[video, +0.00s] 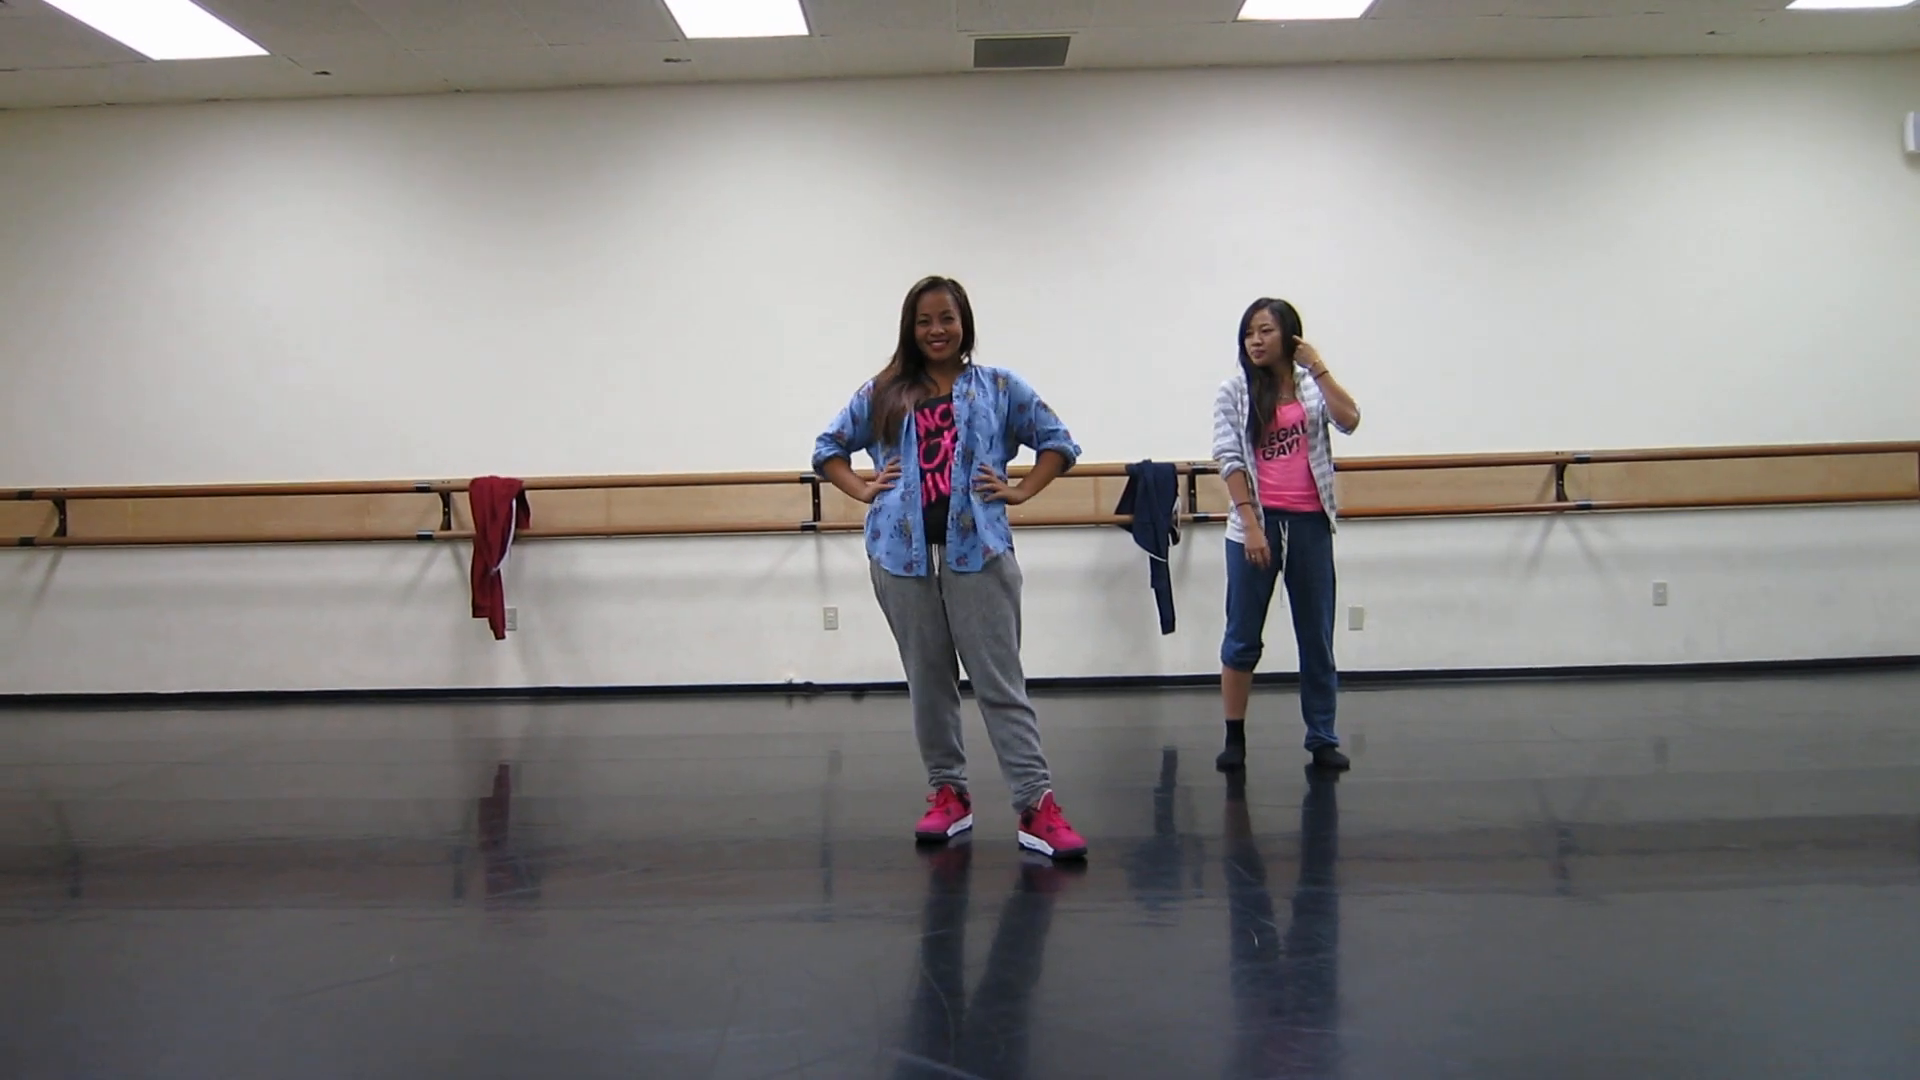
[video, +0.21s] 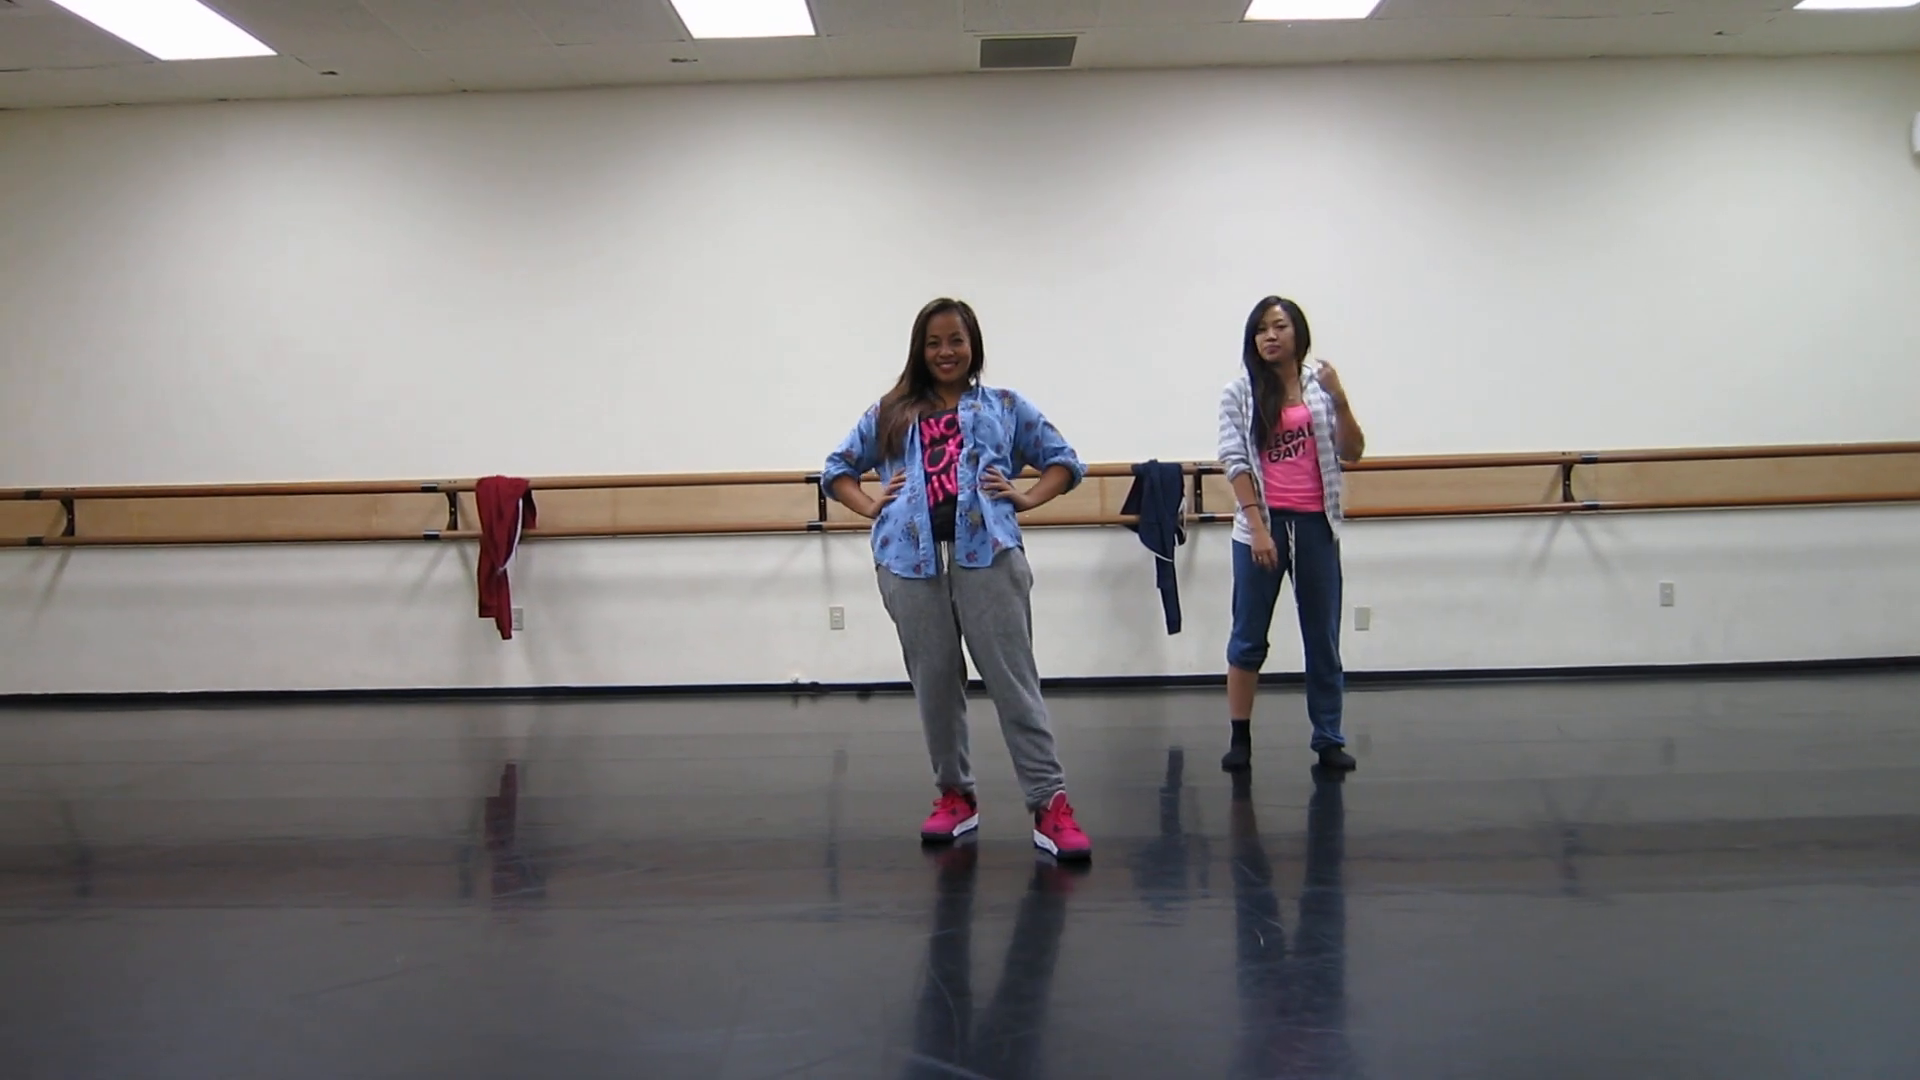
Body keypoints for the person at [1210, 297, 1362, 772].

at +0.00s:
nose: (1256, 340)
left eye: (1266, 331)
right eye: (1249, 333)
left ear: (1290, 338)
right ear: (1243, 341)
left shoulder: (1313, 386)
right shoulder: (1234, 391)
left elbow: (1349, 420)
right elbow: (1229, 460)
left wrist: (1318, 366)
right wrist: (1251, 524)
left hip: (1311, 524)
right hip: (1255, 523)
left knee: (1317, 639)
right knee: (1242, 639)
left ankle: (1323, 741)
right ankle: (1233, 739)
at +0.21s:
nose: (1270, 335)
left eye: (1280, 326)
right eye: (1262, 329)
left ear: (1300, 332)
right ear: (1253, 340)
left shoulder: (1320, 385)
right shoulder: (1239, 392)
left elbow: (1352, 454)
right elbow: (1234, 463)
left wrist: (1339, 398)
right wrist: (1257, 527)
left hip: (1316, 525)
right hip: (1260, 524)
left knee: (1324, 640)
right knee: (1248, 640)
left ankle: (1329, 742)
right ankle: (1239, 738)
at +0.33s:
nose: (1278, 332)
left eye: (1287, 323)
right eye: (1269, 327)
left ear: (1305, 331)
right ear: (1258, 338)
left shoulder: (1331, 388)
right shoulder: (1243, 392)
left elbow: (1349, 466)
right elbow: (1236, 462)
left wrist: (1344, 437)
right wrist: (1255, 526)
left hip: (1322, 524)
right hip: (1267, 523)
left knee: (1328, 638)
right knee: (1252, 638)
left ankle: (1332, 742)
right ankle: (1242, 738)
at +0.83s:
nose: (1315, 335)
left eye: (1324, 325)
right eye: (1305, 327)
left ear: (1340, 331)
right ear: (1293, 337)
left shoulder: (1363, 389)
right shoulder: (1273, 392)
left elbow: (1378, 448)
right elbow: (1262, 463)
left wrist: (1370, 469)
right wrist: (1269, 527)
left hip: (1341, 520)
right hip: (1286, 519)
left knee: (1341, 635)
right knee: (1262, 630)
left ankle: (1339, 737)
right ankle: (1245, 735)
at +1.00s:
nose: (1314, 335)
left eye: (1323, 326)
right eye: (1305, 328)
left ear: (1339, 332)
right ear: (1293, 337)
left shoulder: (1360, 389)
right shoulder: (1272, 391)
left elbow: (1372, 452)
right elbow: (1263, 461)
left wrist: (1367, 480)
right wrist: (1274, 523)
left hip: (1340, 520)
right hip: (1286, 519)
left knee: (1342, 634)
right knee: (1258, 629)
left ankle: (1340, 737)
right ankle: (1238, 721)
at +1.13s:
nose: (1307, 336)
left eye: (1316, 327)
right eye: (1297, 329)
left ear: (1330, 335)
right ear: (1284, 339)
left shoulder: (1350, 391)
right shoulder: (1264, 391)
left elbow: (1362, 452)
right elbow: (1255, 460)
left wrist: (1362, 485)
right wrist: (1270, 520)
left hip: (1333, 522)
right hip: (1279, 521)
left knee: (1339, 635)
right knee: (1253, 631)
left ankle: (1339, 738)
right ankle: (1232, 721)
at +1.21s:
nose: (1298, 338)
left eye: (1307, 329)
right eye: (1288, 331)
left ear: (1321, 337)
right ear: (1276, 340)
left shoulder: (1342, 395)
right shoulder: (1256, 394)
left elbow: (1353, 455)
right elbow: (1247, 460)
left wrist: (1357, 488)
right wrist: (1263, 519)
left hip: (1326, 522)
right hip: (1271, 520)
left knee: (1334, 633)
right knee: (1249, 632)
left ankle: (1338, 737)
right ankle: (1232, 724)